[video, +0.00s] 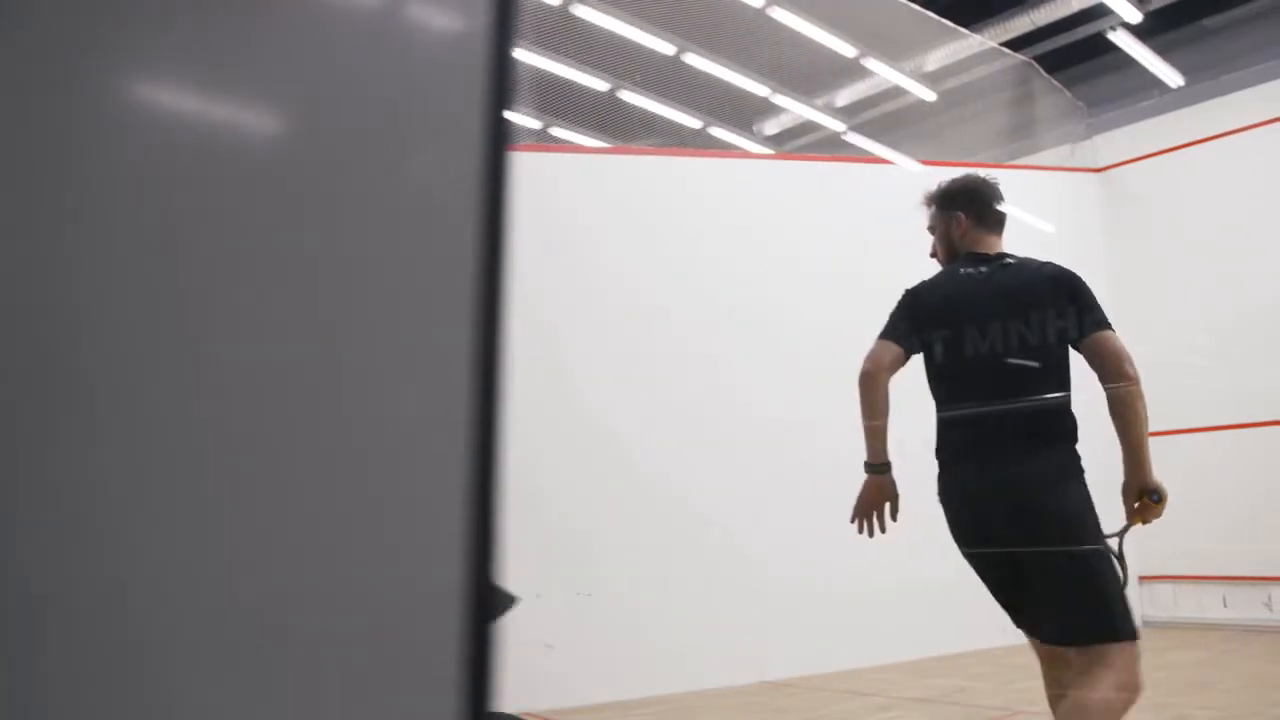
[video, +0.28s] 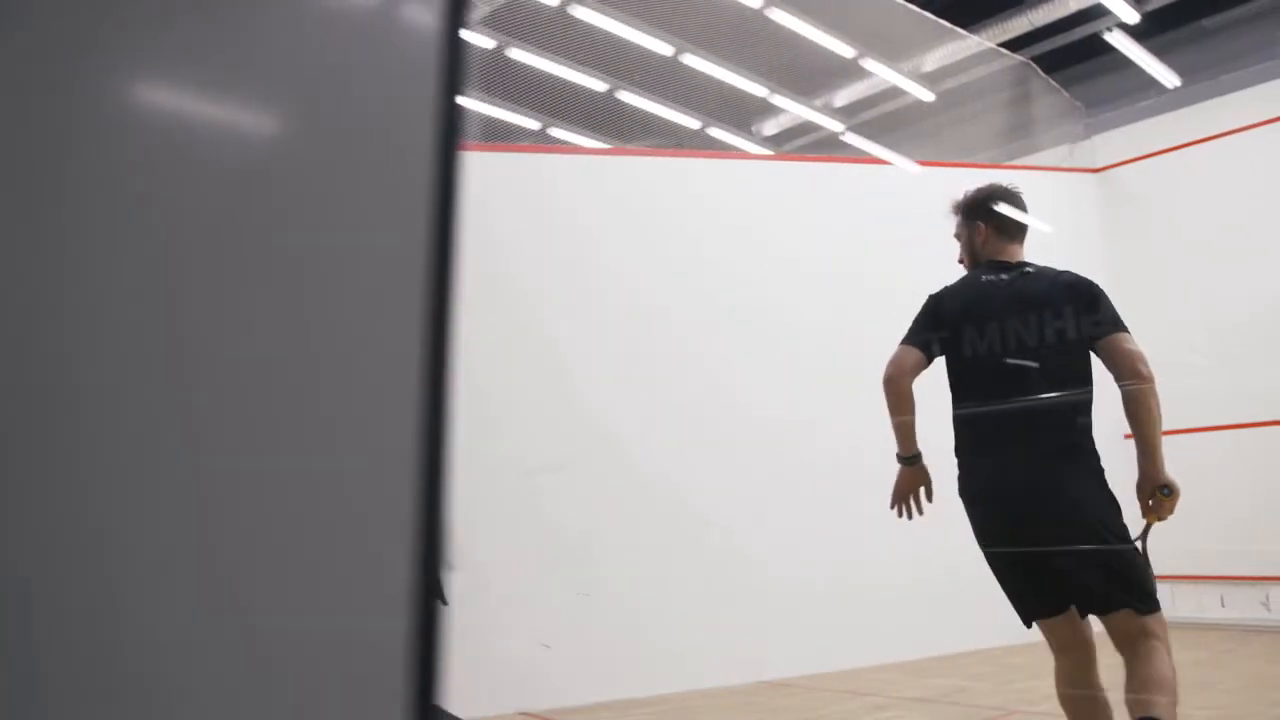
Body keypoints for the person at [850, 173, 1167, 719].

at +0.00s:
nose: (931, 248)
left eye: (933, 231)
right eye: (930, 234)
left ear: (960, 224)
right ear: (994, 226)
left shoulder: (926, 299)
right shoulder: (1055, 282)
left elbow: (873, 371)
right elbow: (1120, 374)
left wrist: (877, 469)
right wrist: (1139, 474)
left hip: (969, 497)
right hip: (1049, 489)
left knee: (1059, 662)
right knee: (1116, 674)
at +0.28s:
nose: (958, 251)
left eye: (959, 236)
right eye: (957, 238)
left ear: (978, 233)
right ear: (1019, 235)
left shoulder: (950, 303)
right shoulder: (1075, 291)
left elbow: (896, 375)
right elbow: (1135, 374)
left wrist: (910, 459)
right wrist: (1152, 470)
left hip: (992, 498)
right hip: (1072, 487)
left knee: (1069, 645)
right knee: (1142, 637)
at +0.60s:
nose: (975, 252)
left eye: (975, 244)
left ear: (978, 245)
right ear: (1031, 240)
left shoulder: (956, 304)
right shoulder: (1079, 297)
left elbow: (911, 368)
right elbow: (1130, 375)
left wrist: (929, 437)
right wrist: (1143, 464)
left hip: (995, 492)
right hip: (1073, 485)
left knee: (1044, 634)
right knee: (1128, 628)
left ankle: (1078, 717)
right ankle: (1173, 715)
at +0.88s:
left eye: (970, 272)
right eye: (1020, 268)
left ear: (968, 276)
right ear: (1023, 274)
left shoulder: (952, 337)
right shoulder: (1071, 332)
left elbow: (923, 405)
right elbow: (1125, 409)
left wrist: (932, 466)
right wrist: (1123, 493)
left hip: (995, 517)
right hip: (1072, 512)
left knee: (982, 636)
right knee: (1121, 637)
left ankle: (1025, 713)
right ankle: (1160, 718)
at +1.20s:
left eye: (920, 298)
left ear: (922, 302)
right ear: (973, 296)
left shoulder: (916, 358)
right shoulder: (1026, 351)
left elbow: (901, 419)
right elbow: (1074, 427)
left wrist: (902, 497)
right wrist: (1048, 491)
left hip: (967, 526)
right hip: (1039, 522)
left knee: (896, 623)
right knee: (1094, 638)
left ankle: (901, 717)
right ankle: (1141, 716)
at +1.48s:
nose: (846, 307)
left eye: (844, 301)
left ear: (847, 306)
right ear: (894, 300)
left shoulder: (850, 359)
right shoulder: (941, 352)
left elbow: (852, 423)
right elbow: (987, 425)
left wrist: (846, 499)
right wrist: (955, 478)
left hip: (913, 528)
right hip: (979, 524)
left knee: (829, 622)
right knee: (1041, 639)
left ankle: (829, 718)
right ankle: (1114, 717)